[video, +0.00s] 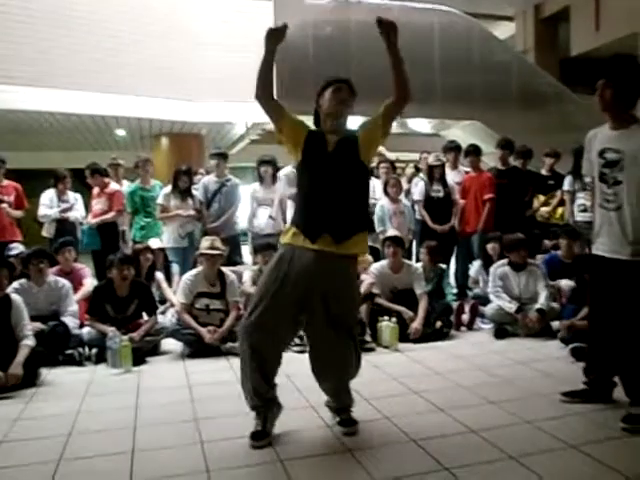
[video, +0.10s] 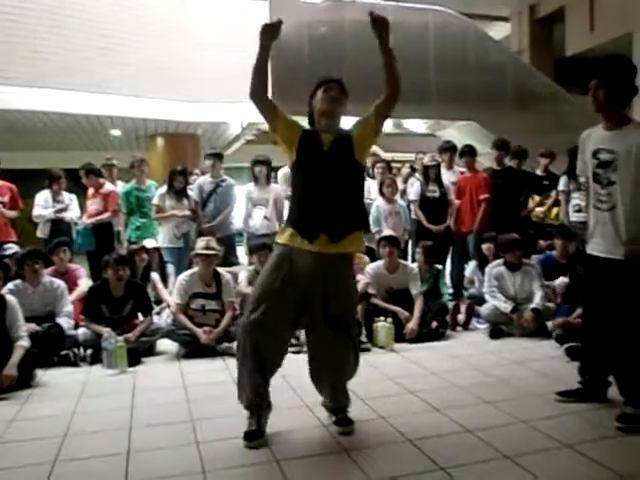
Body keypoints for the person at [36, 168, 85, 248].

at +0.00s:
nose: (66, 186)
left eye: (68, 183)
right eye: (63, 183)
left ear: (70, 183)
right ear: (56, 184)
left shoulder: (76, 197)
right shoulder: (47, 195)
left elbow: (81, 215)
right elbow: (41, 215)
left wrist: (68, 216)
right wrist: (59, 212)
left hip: (71, 228)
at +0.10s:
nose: (61, 186)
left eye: (62, 183)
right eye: (57, 183)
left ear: (65, 183)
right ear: (51, 184)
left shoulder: (71, 197)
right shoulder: (42, 196)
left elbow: (76, 215)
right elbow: (36, 215)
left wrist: (62, 216)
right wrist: (54, 213)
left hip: (66, 229)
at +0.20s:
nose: (56, 187)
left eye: (58, 184)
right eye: (53, 185)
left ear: (60, 184)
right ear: (47, 185)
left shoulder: (67, 195)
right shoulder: (38, 194)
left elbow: (71, 215)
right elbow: (32, 216)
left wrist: (59, 218)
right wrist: (48, 215)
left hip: (62, 229)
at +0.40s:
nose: (54, 168)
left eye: (56, 165)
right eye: (51, 165)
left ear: (58, 165)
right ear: (45, 166)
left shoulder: (65, 177)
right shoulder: (36, 176)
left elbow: (70, 196)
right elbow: (30, 197)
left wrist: (58, 198)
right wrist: (47, 196)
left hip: (61, 209)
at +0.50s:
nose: (54, 167)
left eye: (56, 164)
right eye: (51, 164)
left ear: (58, 165)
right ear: (46, 165)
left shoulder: (65, 178)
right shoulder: (36, 177)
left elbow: (71, 196)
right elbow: (31, 196)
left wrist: (57, 197)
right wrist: (48, 194)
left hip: (61, 209)